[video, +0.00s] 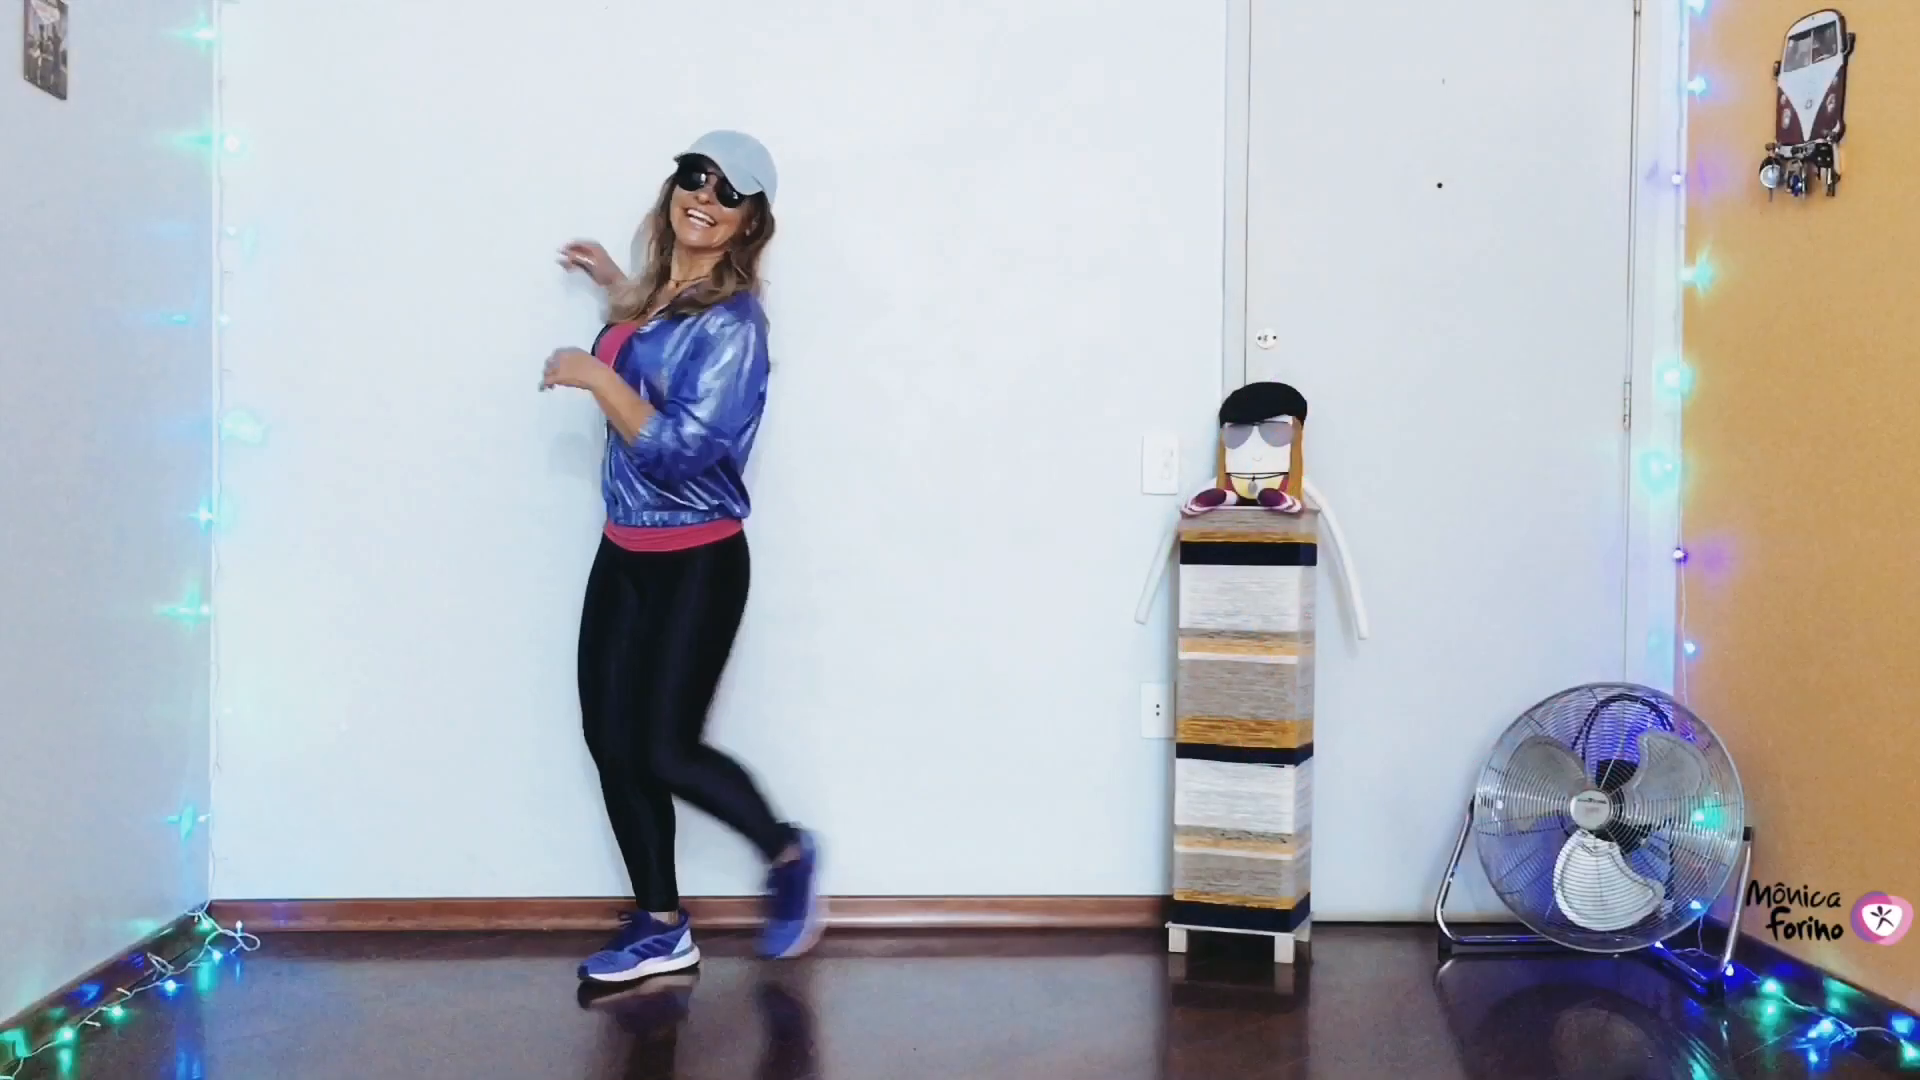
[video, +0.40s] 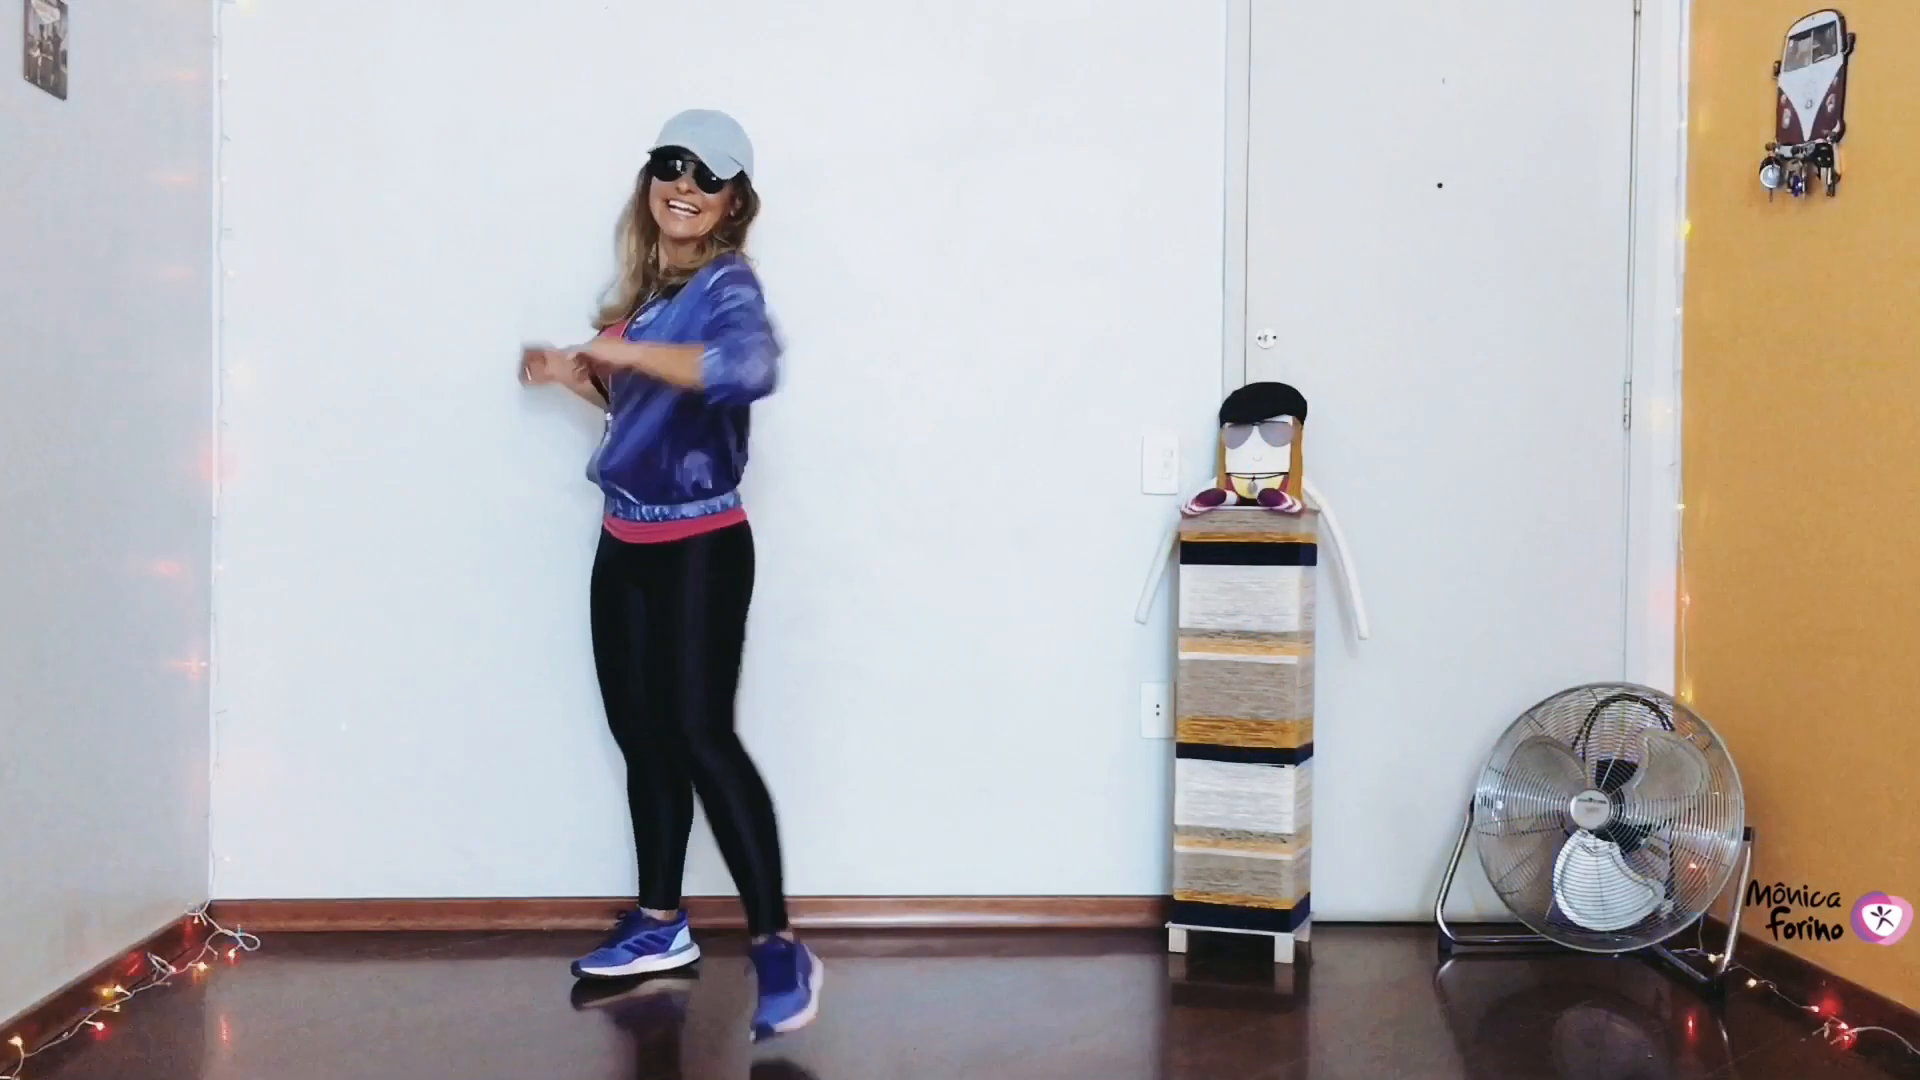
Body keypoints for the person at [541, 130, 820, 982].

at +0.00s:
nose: (704, 201)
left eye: (727, 198)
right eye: (694, 183)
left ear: (748, 225)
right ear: (671, 196)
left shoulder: (735, 325)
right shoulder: (658, 302)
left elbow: (683, 453)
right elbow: (645, 381)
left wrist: (600, 380)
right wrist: (618, 296)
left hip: (699, 563)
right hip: (626, 558)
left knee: (664, 748)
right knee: (612, 743)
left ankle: (787, 852)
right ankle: (662, 926)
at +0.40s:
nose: (683, 190)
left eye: (706, 179)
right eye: (670, 172)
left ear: (733, 200)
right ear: (647, 186)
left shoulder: (729, 286)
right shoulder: (639, 296)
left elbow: (754, 369)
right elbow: (641, 419)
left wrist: (633, 354)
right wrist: (582, 379)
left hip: (703, 547)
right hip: (627, 546)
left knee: (703, 734)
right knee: (643, 734)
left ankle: (776, 948)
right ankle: (661, 922)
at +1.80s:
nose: (718, 214)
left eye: (734, 197)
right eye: (698, 201)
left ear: (756, 205)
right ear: (674, 214)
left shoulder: (745, 268)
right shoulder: (700, 287)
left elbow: (770, 174)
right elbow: (706, 413)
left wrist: (811, 85)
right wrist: (794, 457)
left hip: (714, 536)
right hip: (690, 533)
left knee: (741, 733)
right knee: (798, 676)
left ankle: (675, 919)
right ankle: (738, 898)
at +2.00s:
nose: (721, 211)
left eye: (735, 195)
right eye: (701, 201)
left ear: (758, 201)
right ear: (679, 215)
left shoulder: (745, 269)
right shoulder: (706, 297)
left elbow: (768, 164)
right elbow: (717, 421)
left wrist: (811, 82)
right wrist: (798, 457)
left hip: (728, 513)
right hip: (701, 511)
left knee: (758, 713)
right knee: (769, 703)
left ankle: (680, 918)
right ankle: (722, 921)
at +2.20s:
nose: (732, 212)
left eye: (745, 198)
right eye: (714, 201)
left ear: (768, 209)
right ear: (690, 217)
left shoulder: (773, 275)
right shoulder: (714, 298)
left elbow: (786, 194)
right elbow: (736, 420)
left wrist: (824, 120)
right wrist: (827, 485)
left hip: (744, 551)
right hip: (681, 544)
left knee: (776, 735)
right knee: (722, 732)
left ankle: (679, 925)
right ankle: (707, 961)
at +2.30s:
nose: (728, 210)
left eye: (744, 194)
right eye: (707, 195)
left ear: (768, 204)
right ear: (685, 209)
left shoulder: (774, 277)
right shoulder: (699, 296)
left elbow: (805, 219)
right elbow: (715, 430)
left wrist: (839, 140)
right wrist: (813, 511)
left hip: (756, 552)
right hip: (682, 551)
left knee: (768, 740)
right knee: (708, 750)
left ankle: (678, 926)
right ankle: (689, 991)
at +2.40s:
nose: (721, 194)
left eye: (740, 178)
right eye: (700, 179)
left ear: (766, 190)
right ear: (675, 194)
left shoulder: (788, 275)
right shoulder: (667, 293)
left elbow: (842, 253)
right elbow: (643, 411)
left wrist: (866, 169)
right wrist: (684, 483)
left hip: (763, 557)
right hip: (672, 557)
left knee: (769, 745)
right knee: (699, 763)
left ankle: (700, 907)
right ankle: (686, 992)